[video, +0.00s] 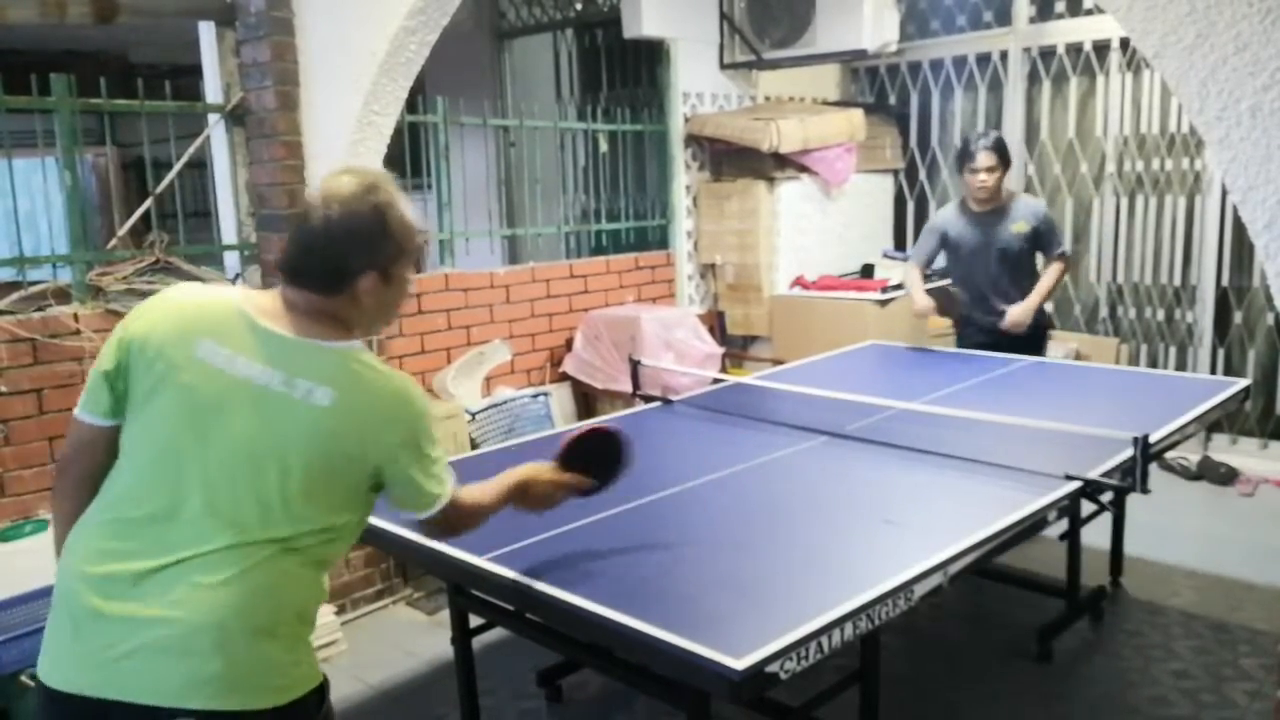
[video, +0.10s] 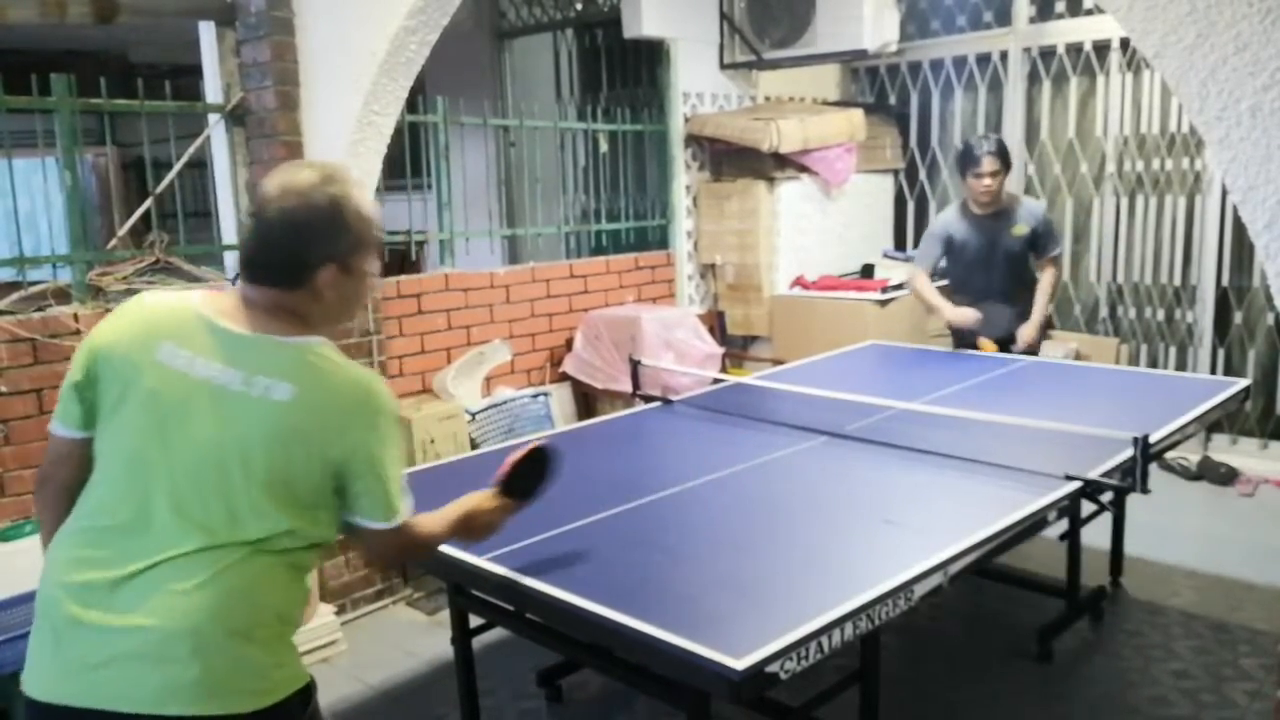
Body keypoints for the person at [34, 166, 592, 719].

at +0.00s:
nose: (413, 286)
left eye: (414, 269)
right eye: (409, 270)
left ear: (288, 260)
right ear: (370, 283)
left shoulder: (164, 316)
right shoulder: (388, 402)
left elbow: (70, 482)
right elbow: (447, 519)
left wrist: (86, 595)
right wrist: (516, 484)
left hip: (83, 662)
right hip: (242, 680)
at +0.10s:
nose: (377, 281)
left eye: (378, 261)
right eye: (372, 263)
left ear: (253, 254)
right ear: (327, 276)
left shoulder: (131, 325)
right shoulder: (354, 399)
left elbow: (52, 488)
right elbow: (393, 550)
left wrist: (79, 597)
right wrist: (476, 510)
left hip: (67, 673)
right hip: (222, 684)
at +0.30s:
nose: (276, 256)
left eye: (272, 237)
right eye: (263, 238)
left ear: (147, 243)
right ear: (217, 255)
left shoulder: (45, 338)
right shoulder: (258, 383)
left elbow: (9, 507)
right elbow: (268, 573)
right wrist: (347, 578)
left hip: (28, 667)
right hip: (181, 681)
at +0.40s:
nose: (231, 248)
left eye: (226, 229)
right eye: (221, 231)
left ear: (98, 242)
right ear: (171, 251)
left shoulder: (15, 343)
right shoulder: (215, 373)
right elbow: (227, 567)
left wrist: (232, 603)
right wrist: (303, 604)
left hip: (24, 681)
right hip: (167, 687)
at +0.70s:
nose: (213, 259)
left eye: (211, 239)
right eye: (206, 238)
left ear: (84, 247)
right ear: (160, 248)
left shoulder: (12, 348)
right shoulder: (217, 364)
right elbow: (255, 556)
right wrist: (289, 618)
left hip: (24, 689)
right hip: (176, 692)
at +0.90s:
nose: (259, 277)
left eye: (260, 257)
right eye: (257, 256)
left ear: (137, 254)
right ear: (227, 261)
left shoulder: (29, 359)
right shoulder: (279, 369)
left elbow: (9, 499)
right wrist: (410, 483)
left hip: (35, 689)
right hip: (207, 691)